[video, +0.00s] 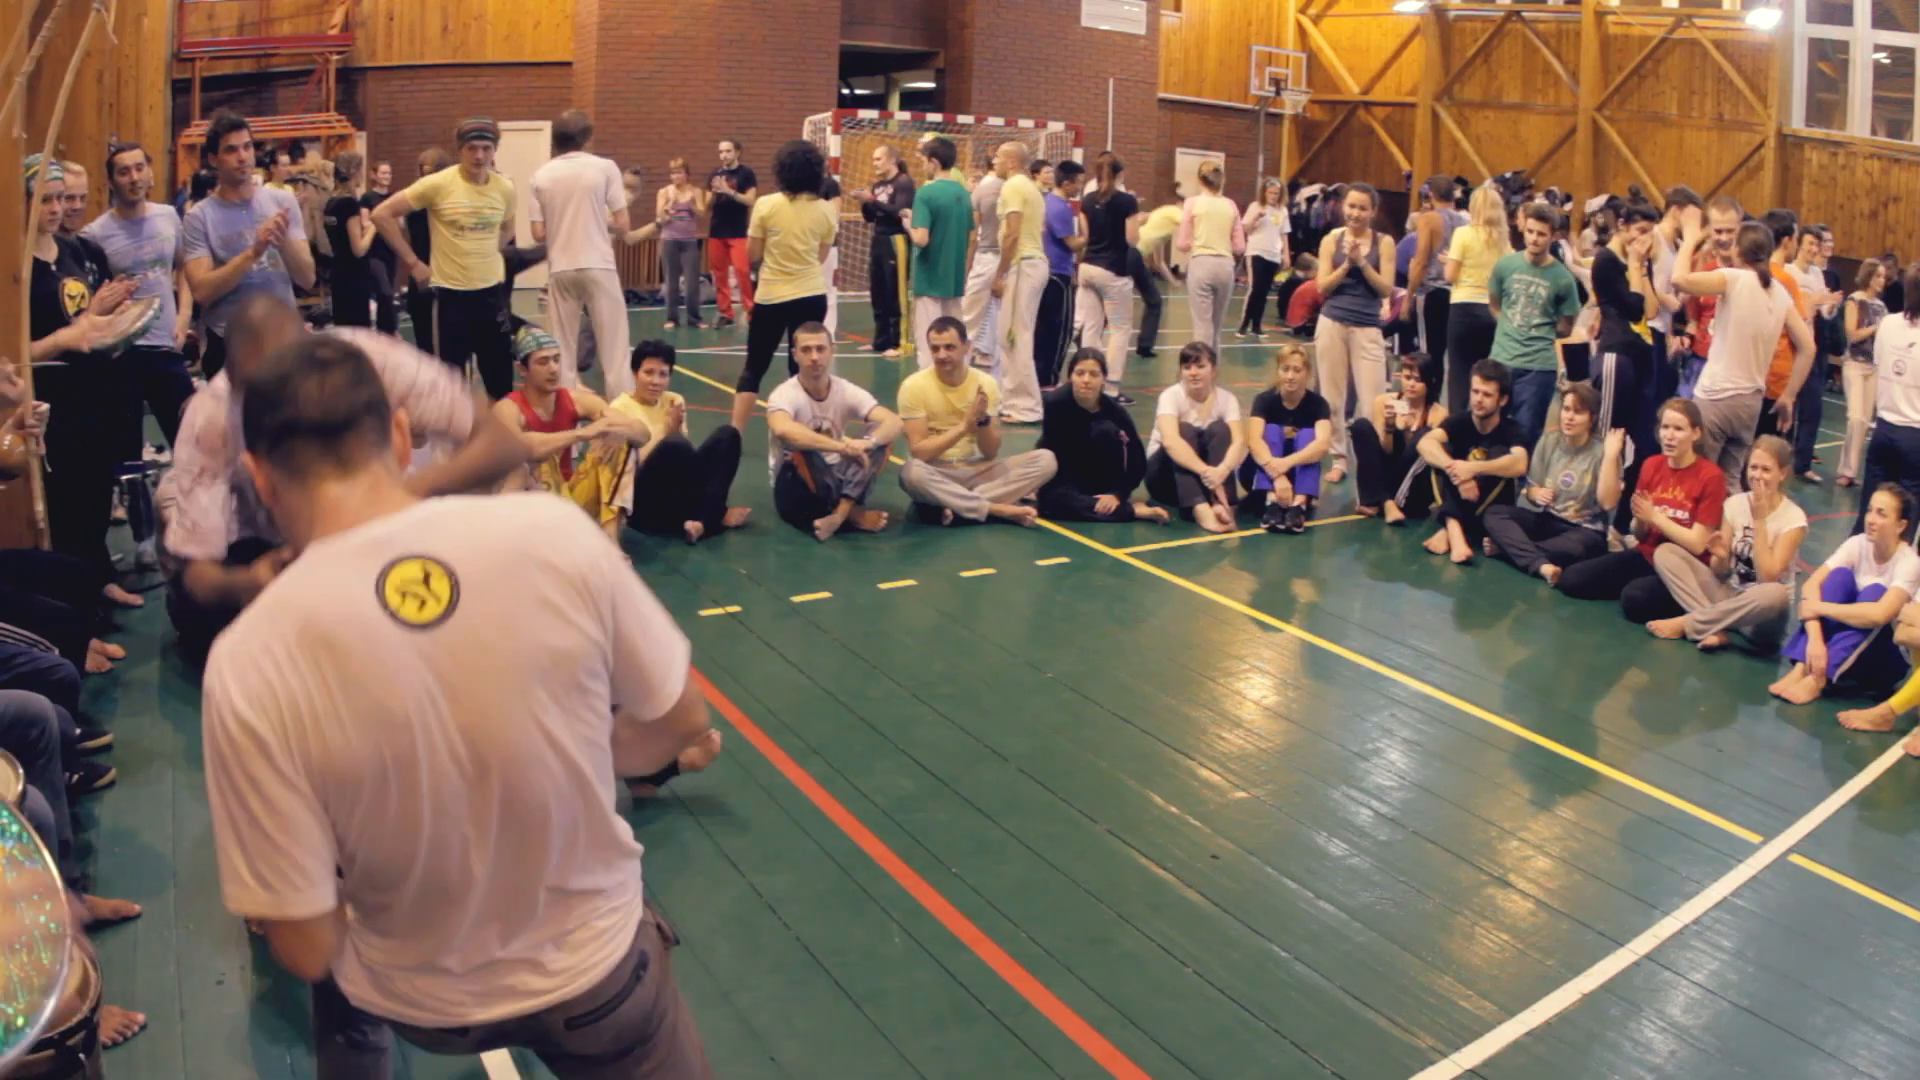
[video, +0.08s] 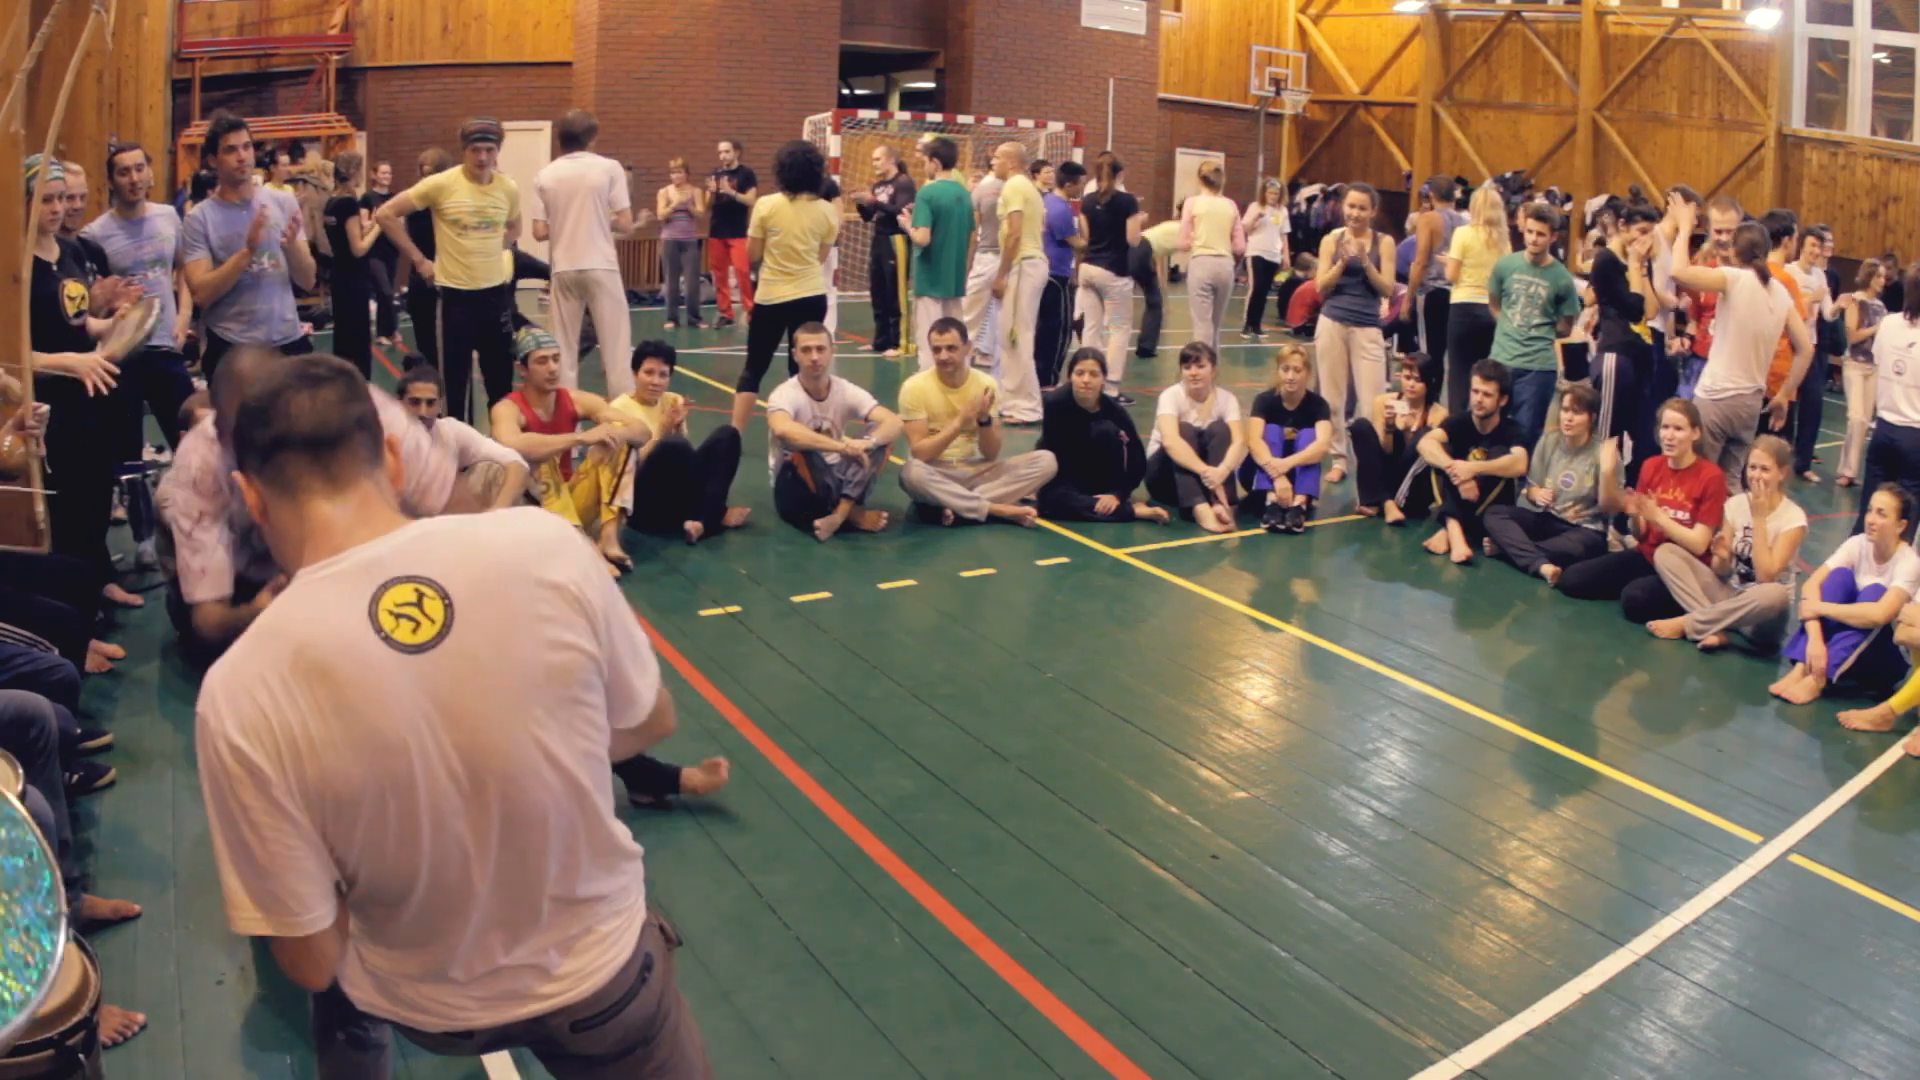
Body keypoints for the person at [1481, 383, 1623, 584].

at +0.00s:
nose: (1569, 417)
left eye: (1578, 412)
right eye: (1566, 409)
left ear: (1592, 417)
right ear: (1560, 411)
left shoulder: (1603, 451)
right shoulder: (1548, 440)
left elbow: (1608, 504)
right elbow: (1530, 488)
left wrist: (1611, 454)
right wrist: (1536, 493)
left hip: (1578, 528)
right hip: (1541, 518)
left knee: (1576, 548)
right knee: (1494, 514)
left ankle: (1508, 549)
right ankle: (1539, 566)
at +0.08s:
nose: (1568, 418)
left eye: (1576, 412)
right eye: (1565, 410)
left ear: (1591, 417)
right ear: (1559, 412)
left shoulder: (1605, 454)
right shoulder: (1548, 440)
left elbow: (1608, 508)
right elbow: (1530, 487)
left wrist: (1608, 467)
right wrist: (1536, 493)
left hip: (1580, 529)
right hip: (1542, 518)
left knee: (1575, 549)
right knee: (1494, 514)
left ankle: (1509, 549)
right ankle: (1539, 565)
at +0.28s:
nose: (1569, 421)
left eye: (1577, 416)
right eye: (1565, 413)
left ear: (1592, 420)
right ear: (1559, 414)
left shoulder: (1610, 456)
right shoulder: (1548, 442)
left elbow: (1618, 509)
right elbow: (1532, 498)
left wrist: (1599, 503)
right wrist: (1533, 493)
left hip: (1583, 530)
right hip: (1545, 518)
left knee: (1573, 549)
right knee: (1494, 514)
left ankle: (1508, 549)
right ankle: (1539, 566)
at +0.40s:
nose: (1571, 420)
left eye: (1579, 415)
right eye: (1567, 412)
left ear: (1593, 418)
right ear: (1561, 414)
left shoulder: (1611, 457)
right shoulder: (1549, 442)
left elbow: (1616, 508)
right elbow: (1535, 500)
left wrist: (1598, 507)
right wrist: (1533, 488)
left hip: (1582, 529)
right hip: (1545, 518)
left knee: (1575, 548)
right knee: (1494, 514)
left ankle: (1509, 549)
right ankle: (1539, 566)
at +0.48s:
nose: (1572, 420)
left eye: (1580, 415)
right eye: (1568, 413)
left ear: (1593, 418)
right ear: (1561, 414)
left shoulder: (1610, 457)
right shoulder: (1549, 441)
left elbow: (1613, 509)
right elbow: (1531, 493)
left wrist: (1587, 504)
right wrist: (1544, 493)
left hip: (1583, 530)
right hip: (1546, 519)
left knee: (1573, 549)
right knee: (1494, 514)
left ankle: (1509, 549)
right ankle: (1539, 566)